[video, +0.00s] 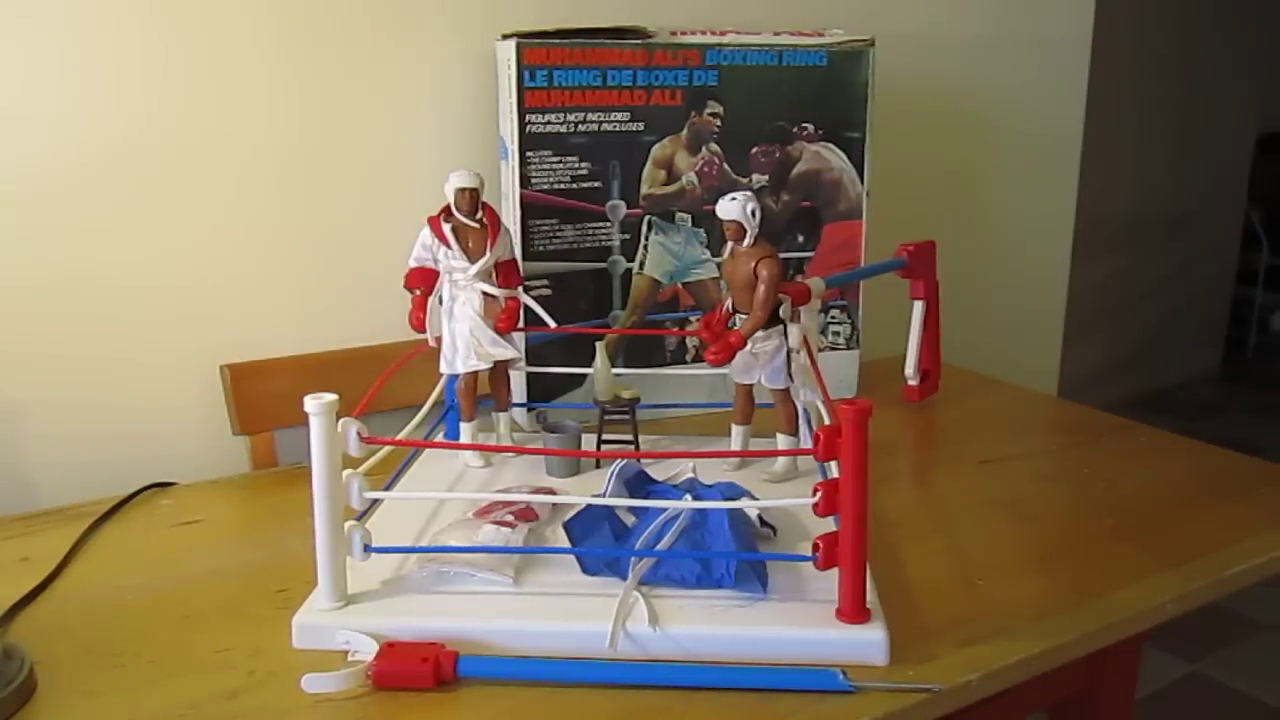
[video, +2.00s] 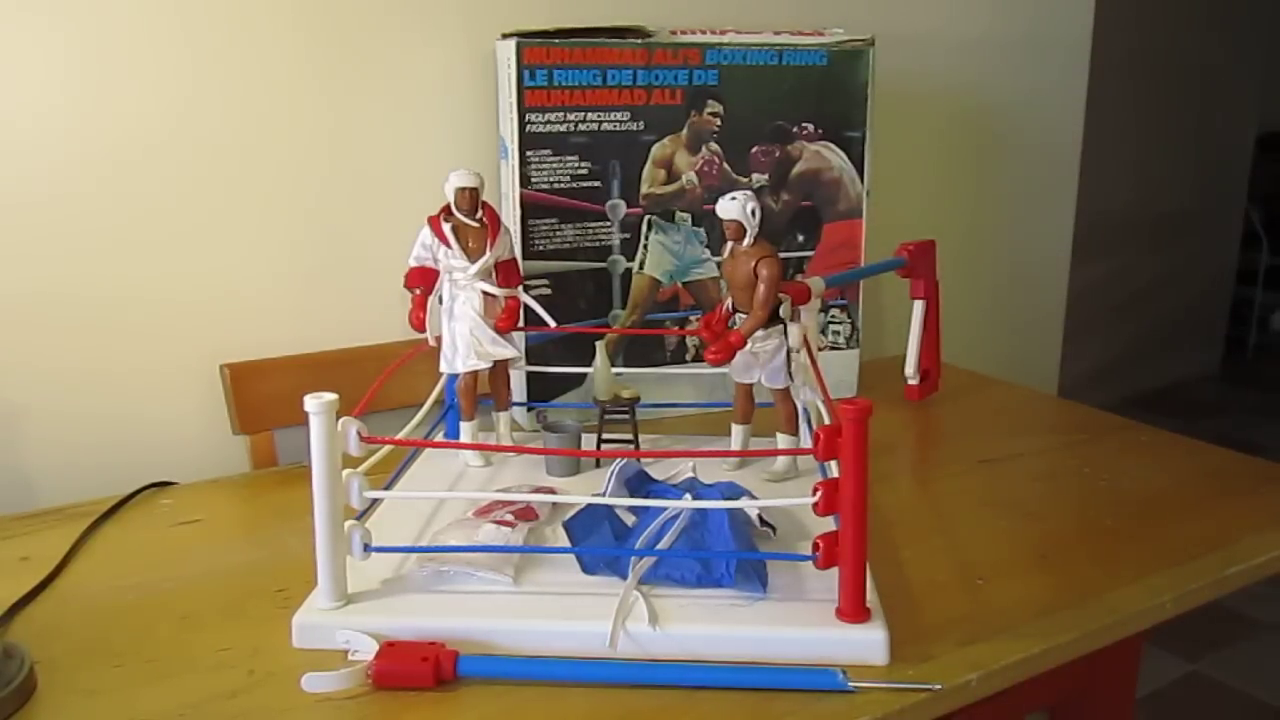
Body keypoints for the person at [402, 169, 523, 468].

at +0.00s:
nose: (468, 199)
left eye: (473, 192)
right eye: (462, 193)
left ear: (480, 195)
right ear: (451, 196)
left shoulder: (494, 227)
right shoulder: (435, 230)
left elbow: (507, 268)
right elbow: (421, 272)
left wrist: (510, 305)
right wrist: (420, 310)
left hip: (492, 303)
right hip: (458, 305)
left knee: (500, 366)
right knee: (468, 370)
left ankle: (505, 433)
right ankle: (468, 442)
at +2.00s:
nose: (467, 198)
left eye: (472, 191)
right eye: (461, 192)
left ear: (480, 194)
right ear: (451, 195)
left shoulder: (496, 228)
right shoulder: (436, 230)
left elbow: (508, 268)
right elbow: (421, 267)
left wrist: (512, 303)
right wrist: (419, 303)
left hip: (493, 303)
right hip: (459, 305)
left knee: (500, 365)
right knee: (469, 370)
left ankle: (504, 433)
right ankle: (469, 440)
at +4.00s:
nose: (467, 198)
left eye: (472, 191)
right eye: (461, 191)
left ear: (481, 194)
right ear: (451, 195)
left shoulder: (497, 229)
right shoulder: (436, 231)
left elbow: (509, 271)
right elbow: (422, 271)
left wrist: (512, 306)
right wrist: (420, 307)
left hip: (493, 303)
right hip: (458, 304)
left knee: (501, 364)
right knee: (469, 369)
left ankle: (505, 433)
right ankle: (468, 441)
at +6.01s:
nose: (466, 198)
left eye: (471, 191)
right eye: (460, 191)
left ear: (480, 194)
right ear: (450, 195)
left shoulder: (497, 228)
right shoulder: (435, 230)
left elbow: (509, 271)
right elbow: (421, 270)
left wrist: (511, 306)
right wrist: (420, 307)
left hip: (492, 302)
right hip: (457, 304)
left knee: (500, 364)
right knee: (468, 369)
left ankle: (505, 433)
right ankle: (469, 441)